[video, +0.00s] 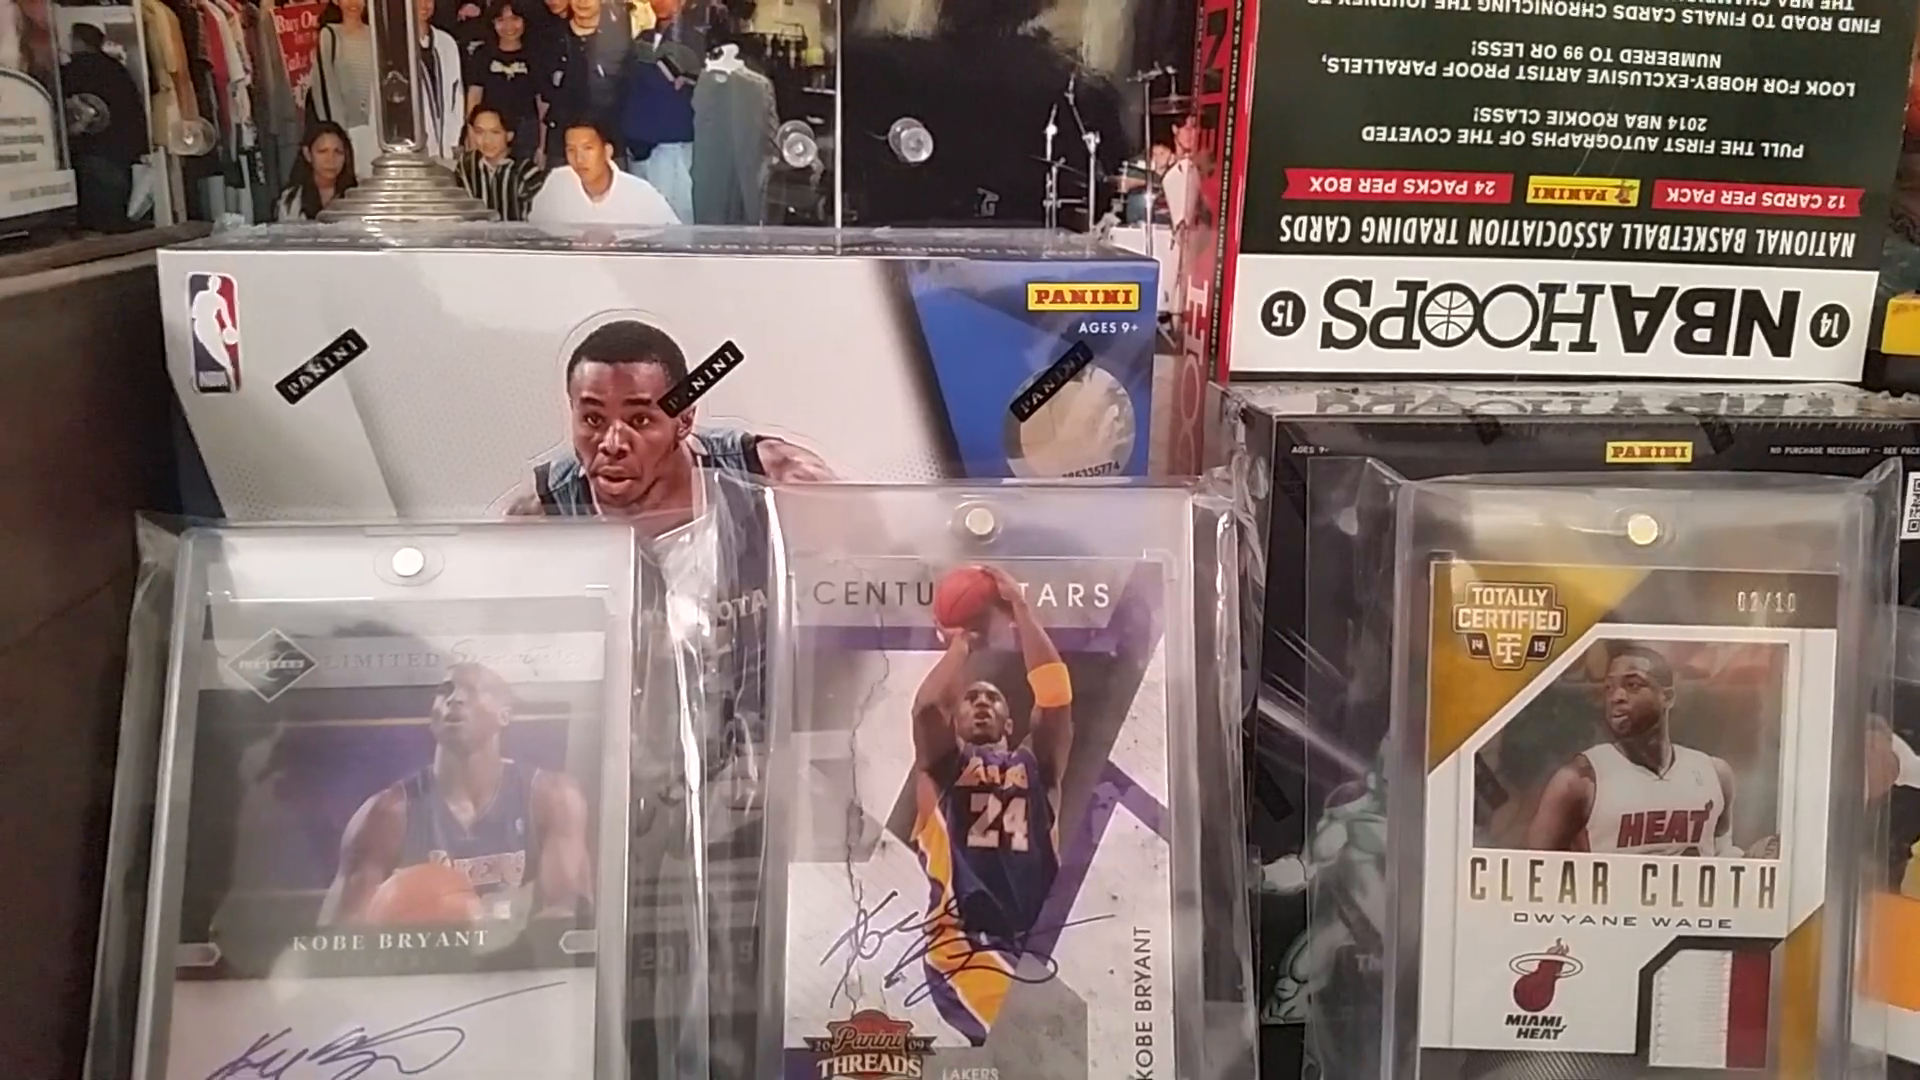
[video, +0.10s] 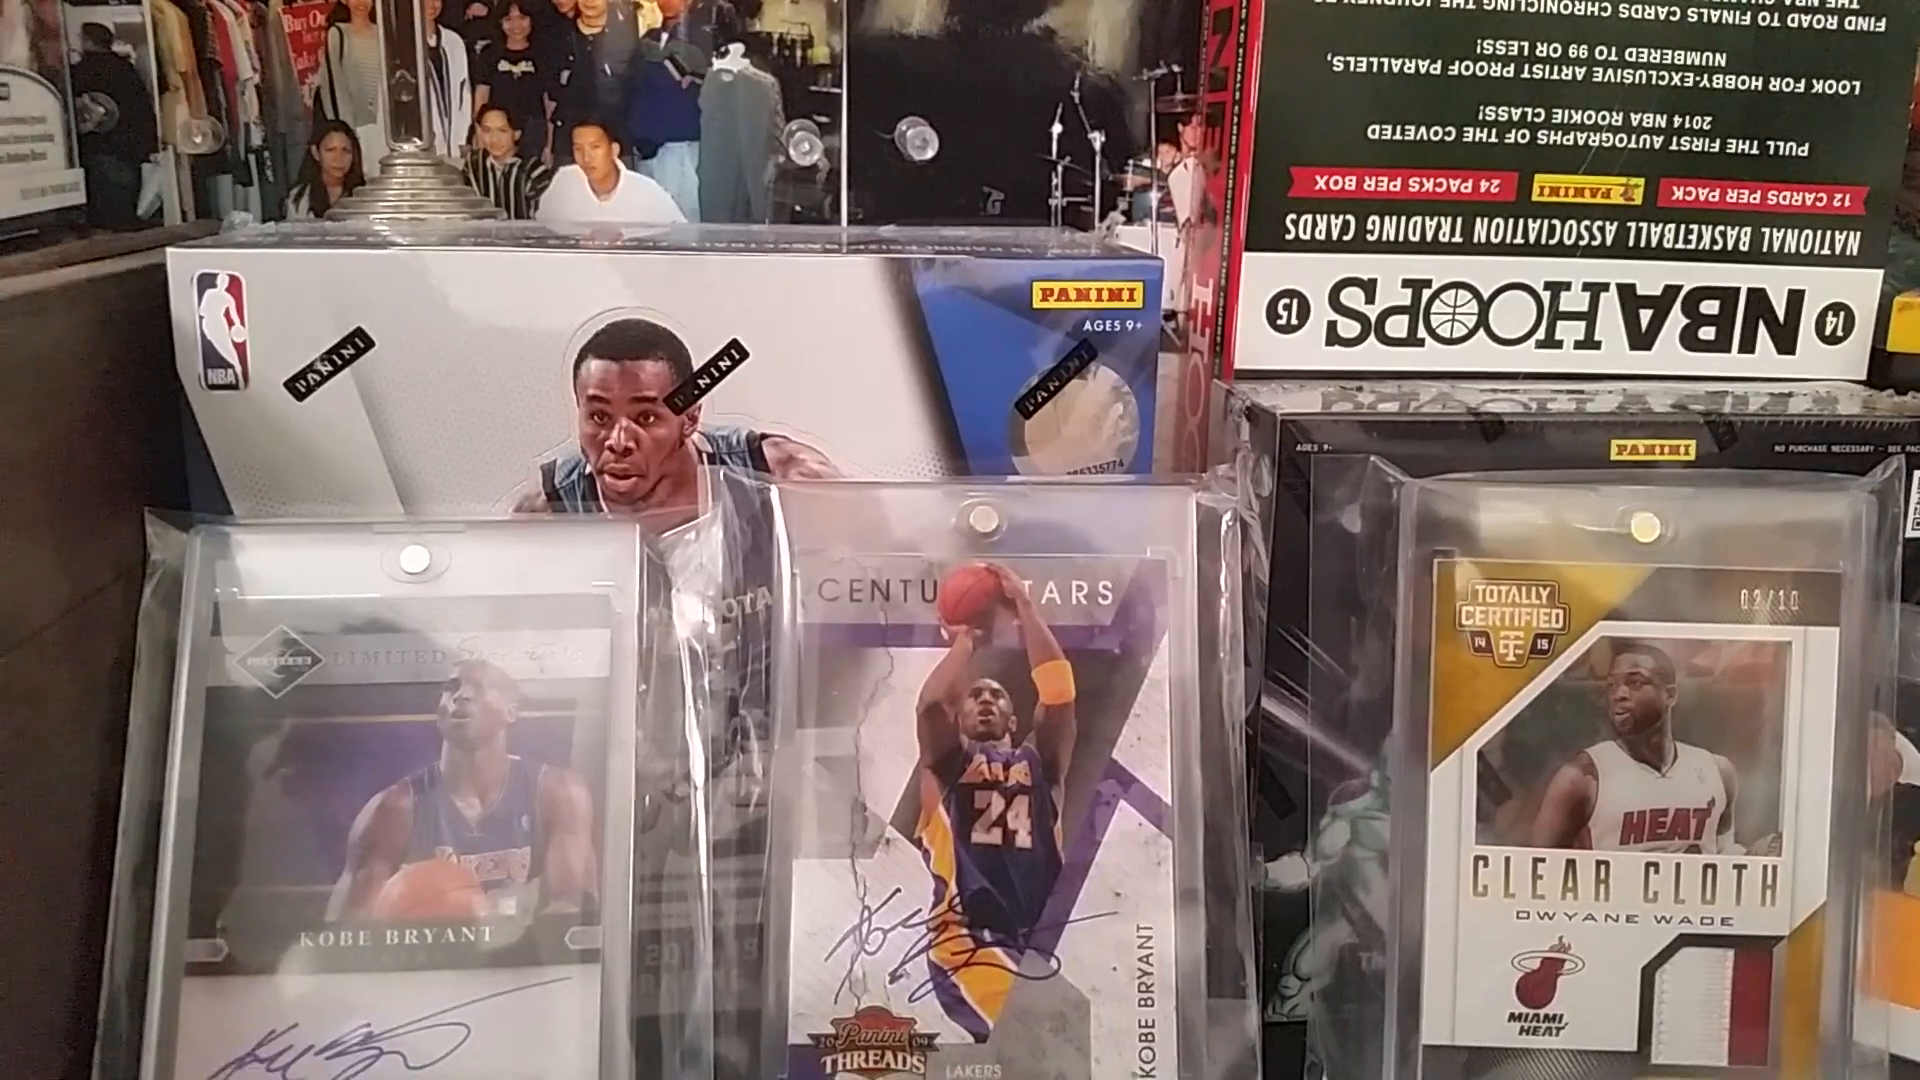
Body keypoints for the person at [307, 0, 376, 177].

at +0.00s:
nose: (354, 4)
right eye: (348, 0)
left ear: (365, 3)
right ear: (337, 3)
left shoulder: (373, 33)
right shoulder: (329, 33)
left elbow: (381, 76)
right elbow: (327, 79)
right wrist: (337, 124)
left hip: (374, 116)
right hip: (344, 119)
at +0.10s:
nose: (361, 4)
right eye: (355, 0)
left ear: (372, 3)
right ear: (345, 2)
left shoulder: (381, 32)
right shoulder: (337, 32)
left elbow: (389, 73)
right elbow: (335, 78)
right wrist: (345, 122)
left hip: (382, 114)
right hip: (352, 117)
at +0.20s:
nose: (370, 3)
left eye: (374, 1)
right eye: (365, 1)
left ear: (379, 3)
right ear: (355, 2)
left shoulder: (388, 30)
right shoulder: (346, 29)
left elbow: (396, 70)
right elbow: (343, 74)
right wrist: (352, 118)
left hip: (389, 110)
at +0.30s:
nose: (383, 2)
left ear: (392, 3)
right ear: (365, 3)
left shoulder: (400, 32)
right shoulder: (357, 32)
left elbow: (409, 72)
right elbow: (355, 77)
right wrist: (364, 121)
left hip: (401, 112)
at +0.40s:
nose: (381, 4)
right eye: (375, 0)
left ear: (391, 4)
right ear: (364, 3)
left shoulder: (399, 34)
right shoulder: (357, 34)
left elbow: (406, 74)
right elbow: (355, 79)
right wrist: (364, 122)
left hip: (399, 114)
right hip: (370, 116)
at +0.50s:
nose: (357, 7)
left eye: (359, 2)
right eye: (351, 2)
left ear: (365, 6)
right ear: (339, 7)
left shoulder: (372, 37)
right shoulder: (331, 39)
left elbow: (378, 76)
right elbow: (325, 81)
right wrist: (326, 119)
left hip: (371, 114)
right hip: (343, 117)